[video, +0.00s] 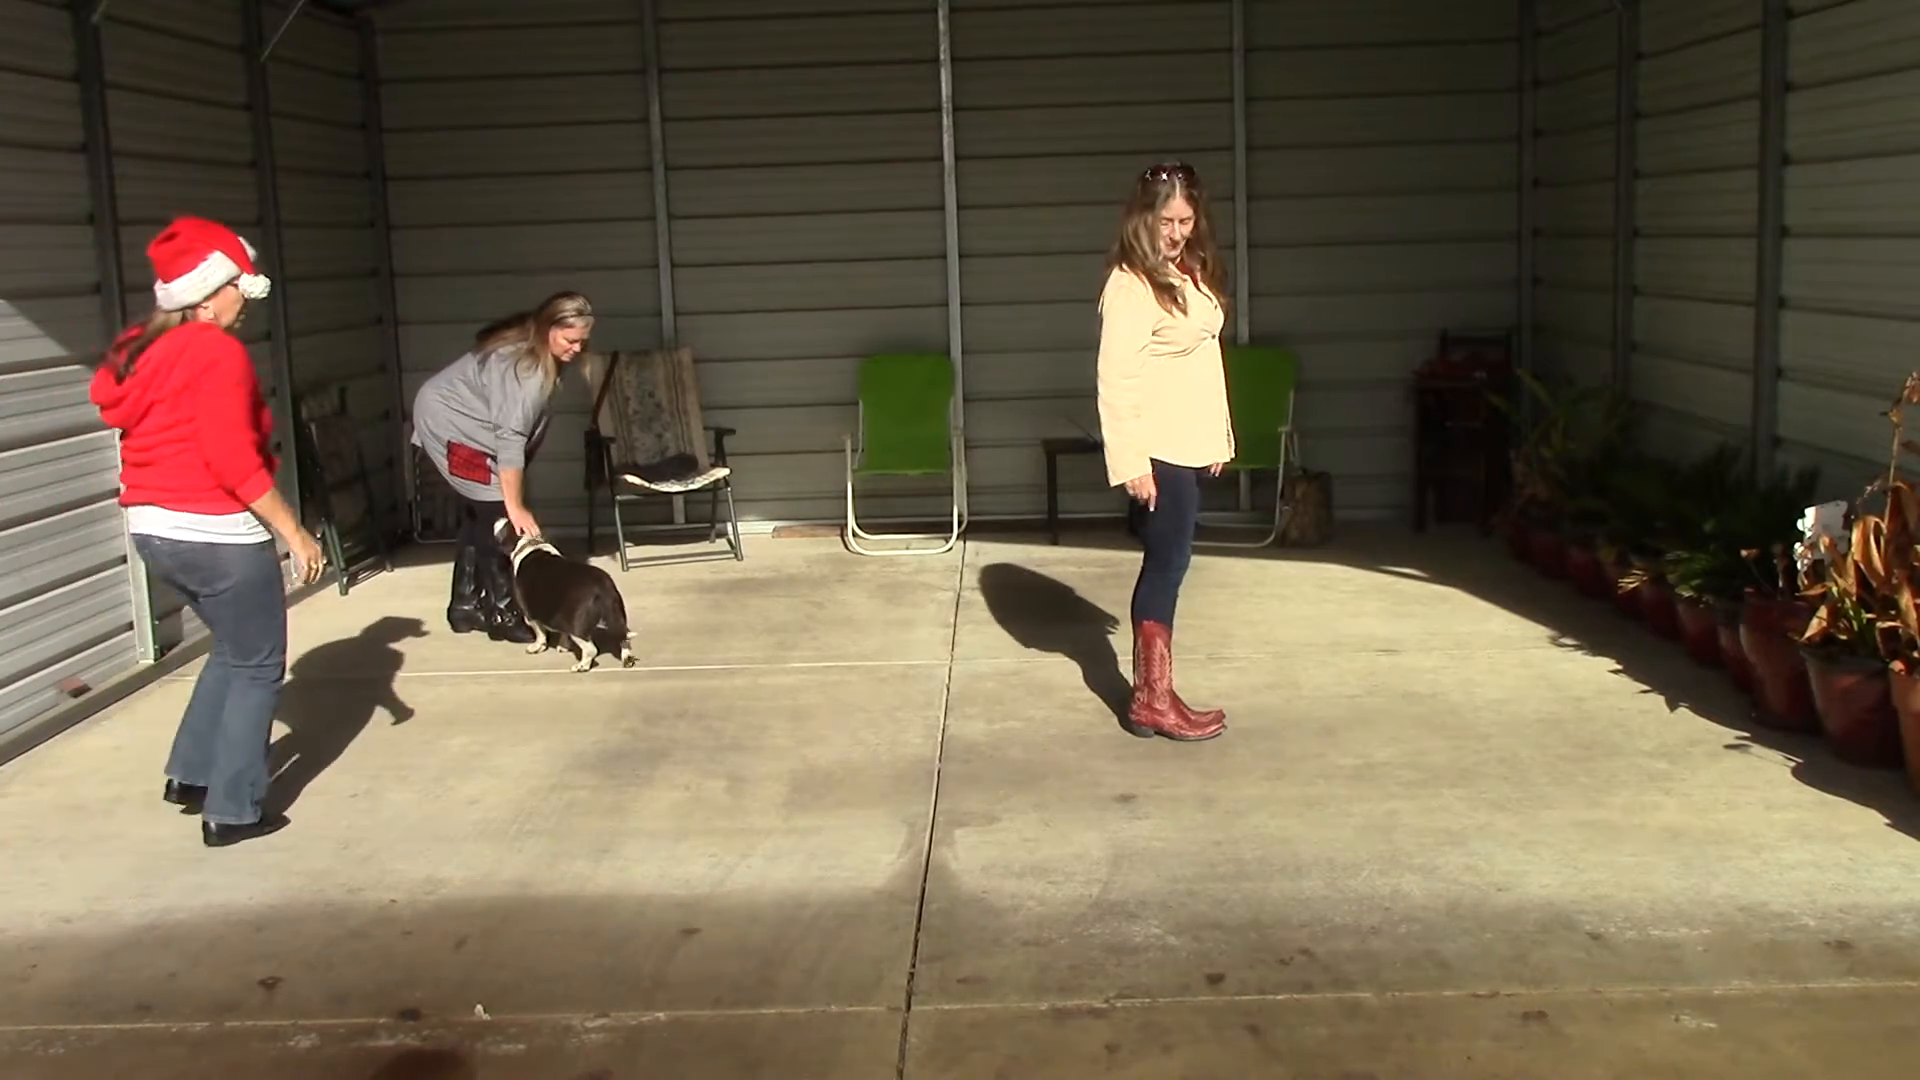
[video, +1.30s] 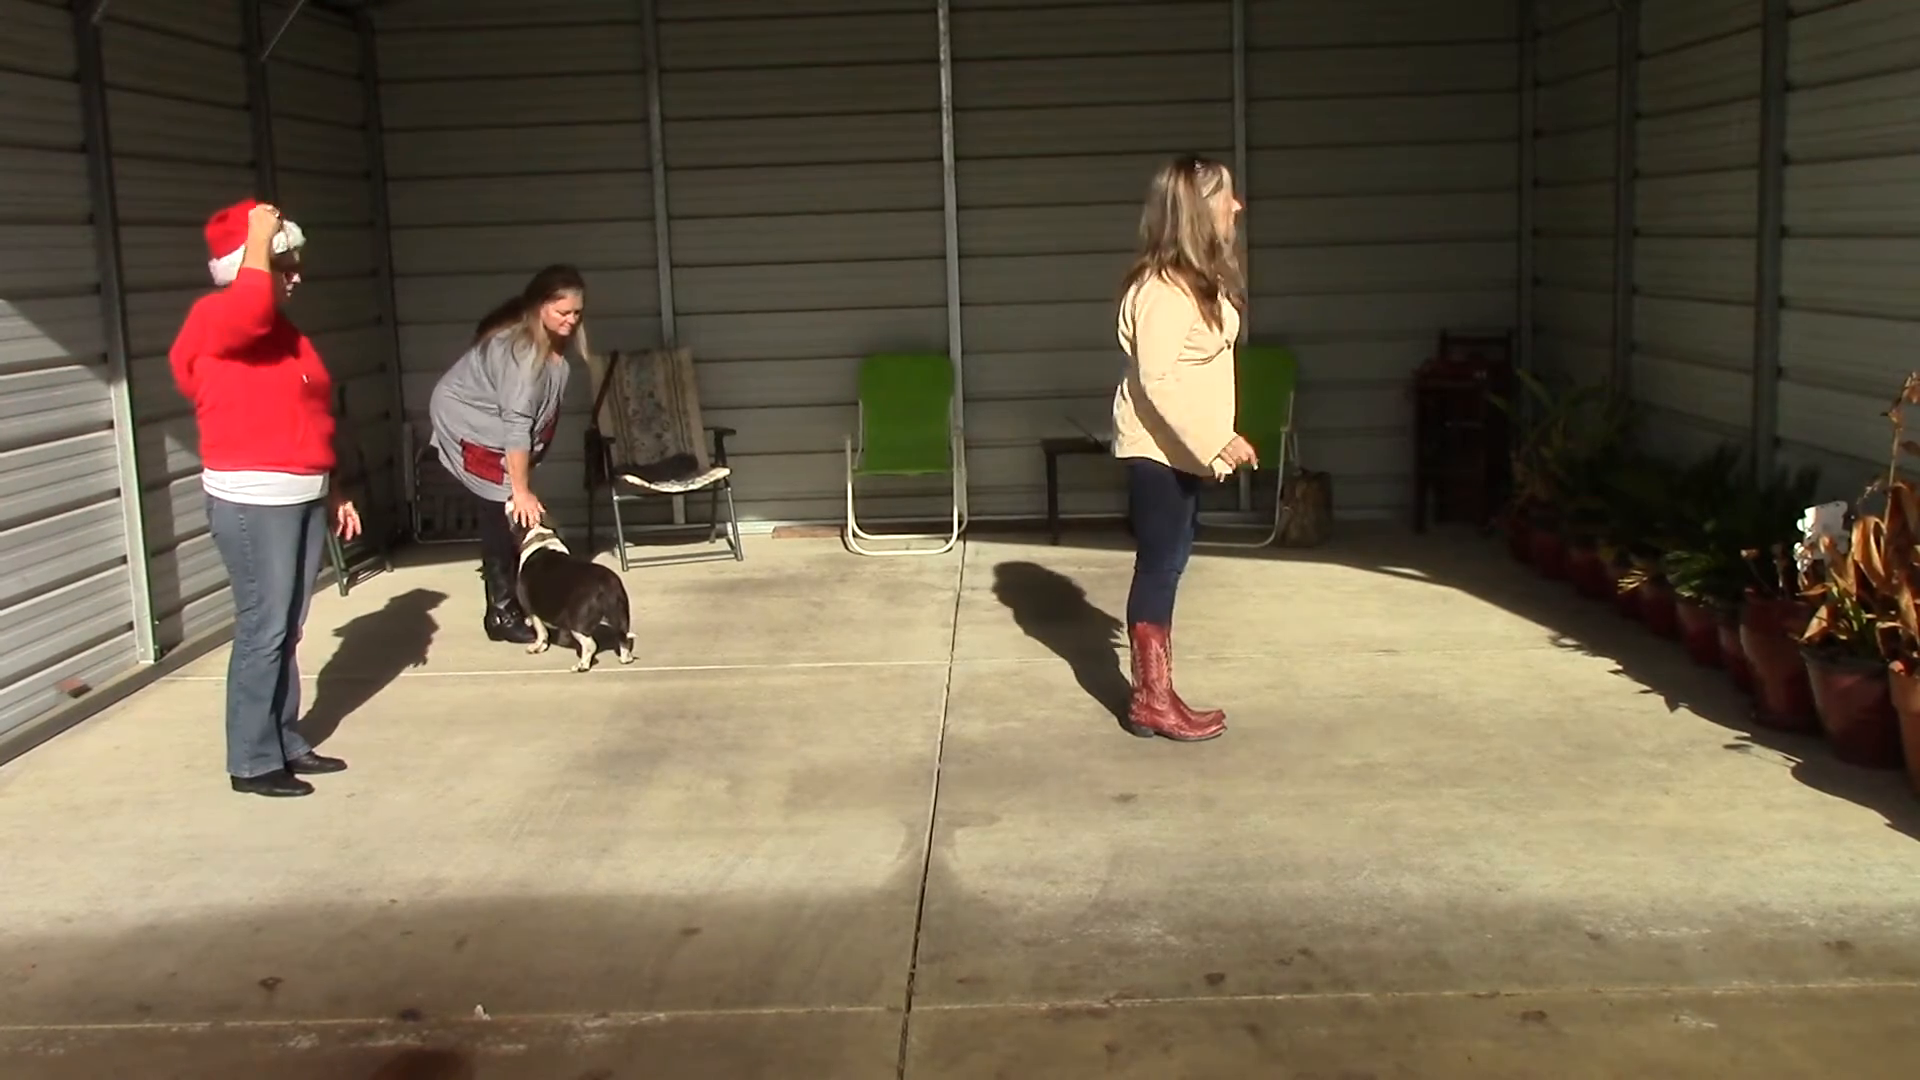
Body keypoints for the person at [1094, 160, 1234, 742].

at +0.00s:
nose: (1176, 232)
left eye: (1184, 221)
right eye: (1166, 221)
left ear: (1194, 222)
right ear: (1143, 220)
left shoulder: (1188, 278)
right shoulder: (1128, 284)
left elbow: (1205, 367)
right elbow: (1114, 381)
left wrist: (1216, 440)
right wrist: (1131, 461)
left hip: (1189, 443)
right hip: (1158, 446)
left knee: (1170, 560)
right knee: (1165, 561)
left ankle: (1157, 694)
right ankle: (1150, 697)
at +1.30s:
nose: (1239, 207)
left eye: (1235, 197)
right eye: (1229, 198)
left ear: (1205, 208)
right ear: (1200, 210)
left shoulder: (1202, 284)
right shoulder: (1162, 289)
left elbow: (1199, 378)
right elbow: (1156, 384)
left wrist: (1225, 436)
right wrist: (1206, 447)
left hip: (1181, 450)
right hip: (1154, 449)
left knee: (1169, 562)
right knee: (1159, 563)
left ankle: (1158, 694)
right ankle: (1149, 699)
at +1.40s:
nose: (1234, 205)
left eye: (1231, 195)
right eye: (1225, 196)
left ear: (1189, 208)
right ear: (1197, 208)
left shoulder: (1189, 281)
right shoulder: (1169, 286)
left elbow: (1205, 366)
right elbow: (1189, 372)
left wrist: (1272, 383)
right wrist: (1273, 388)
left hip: (1175, 443)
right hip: (1162, 445)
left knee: (1165, 562)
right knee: (1161, 563)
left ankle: (1156, 693)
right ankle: (1152, 697)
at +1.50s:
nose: (1232, 209)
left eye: (1229, 198)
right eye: (1222, 199)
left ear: (1184, 208)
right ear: (1192, 207)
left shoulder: (1181, 276)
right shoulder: (1169, 283)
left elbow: (1225, 348)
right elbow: (1225, 354)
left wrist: (1301, 324)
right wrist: (1305, 327)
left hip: (1174, 442)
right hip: (1164, 443)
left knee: (1164, 564)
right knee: (1162, 564)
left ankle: (1156, 695)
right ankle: (1150, 699)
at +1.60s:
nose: (1228, 209)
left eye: (1226, 198)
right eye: (1219, 199)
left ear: (1176, 208)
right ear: (1190, 206)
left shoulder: (1156, 274)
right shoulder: (1179, 278)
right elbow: (1250, 323)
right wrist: (1311, 271)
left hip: (1160, 435)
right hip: (1170, 437)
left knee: (1164, 562)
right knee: (1165, 563)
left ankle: (1154, 694)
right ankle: (1153, 699)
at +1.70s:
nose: (1225, 209)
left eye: (1224, 198)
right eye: (1218, 198)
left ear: (1168, 204)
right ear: (1190, 204)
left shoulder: (1150, 271)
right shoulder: (1184, 271)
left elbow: (1250, 300)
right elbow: (1261, 303)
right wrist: (1305, 235)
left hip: (1156, 433)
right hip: (1177, 435)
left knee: (1163, 563)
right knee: (1166, 564)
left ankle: (1153, 694)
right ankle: (1153, 698)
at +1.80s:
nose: (1222, 210)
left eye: (1220, 199)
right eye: (1215, 200)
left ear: (1167, 203)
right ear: (1190, 203)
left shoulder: (1148, 270)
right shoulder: (1183, 268)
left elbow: (1252, 288)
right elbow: (1264, 290)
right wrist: (1290, 219)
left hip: (1155, 433)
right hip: (1180, 434)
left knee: (1162, 562)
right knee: (1166, 564)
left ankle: (1154, 695)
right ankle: (1153, 698)